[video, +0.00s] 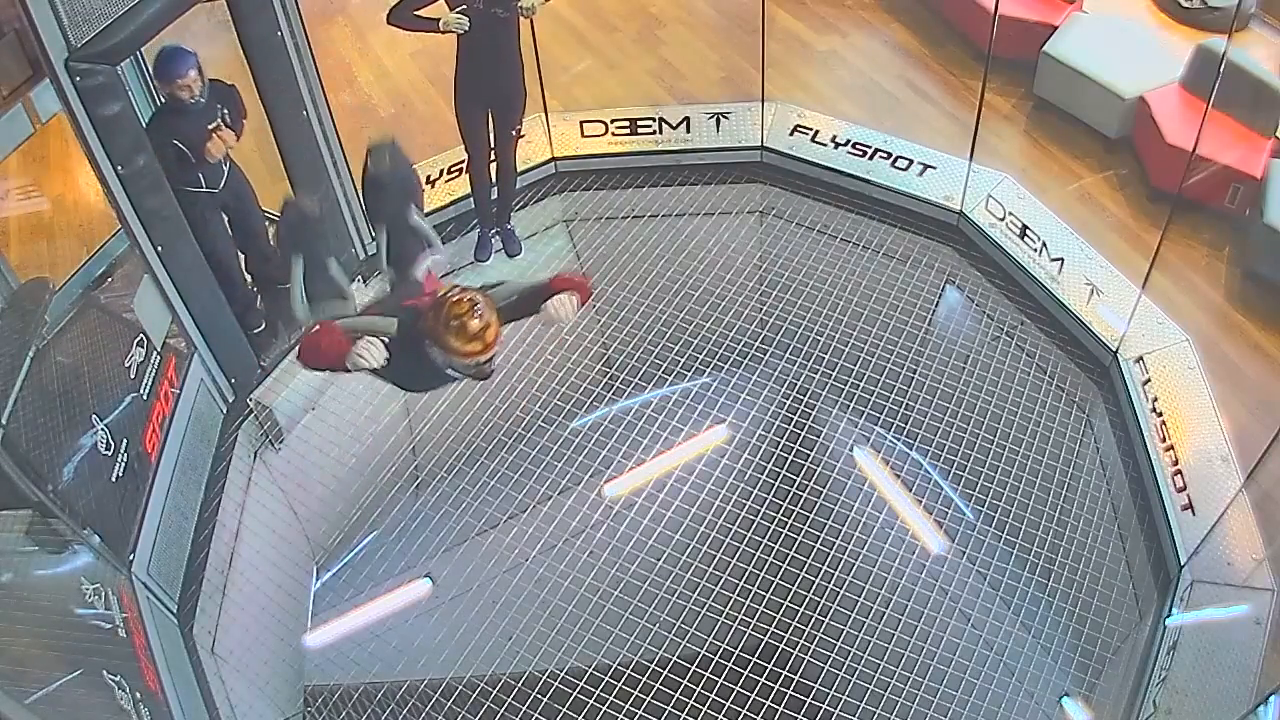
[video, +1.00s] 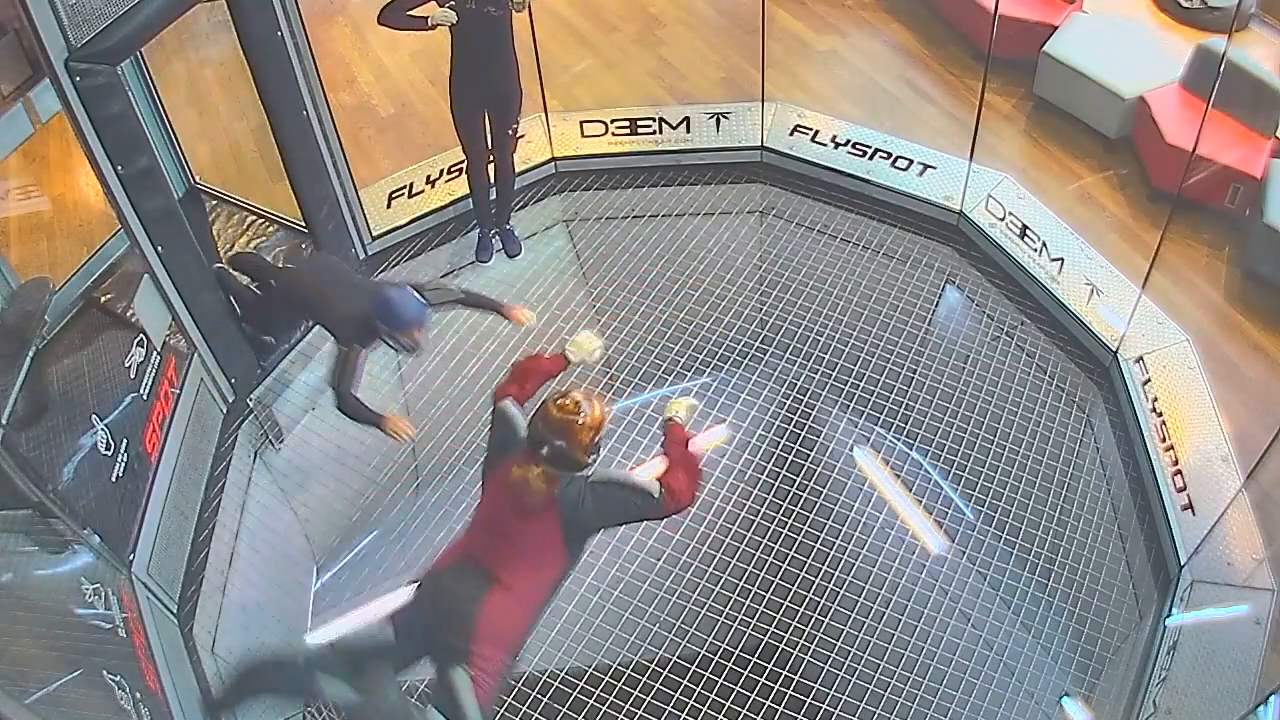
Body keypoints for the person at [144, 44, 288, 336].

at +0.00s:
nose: (193, 91)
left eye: (195, 81)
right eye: (183, 89)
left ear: (199, 71)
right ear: (163, 88)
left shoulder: (218, 90)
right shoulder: (158, 129)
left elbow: (235, 102)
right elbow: (172, 176)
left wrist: (233, 130)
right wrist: (205, 157)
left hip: (231, 178)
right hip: (196, 200)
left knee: (257, 238)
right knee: (224, 262)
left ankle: (276, 292)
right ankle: (253, 324)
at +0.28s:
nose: (230, 134)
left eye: (232, 125)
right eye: (221, 130)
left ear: (240, 113)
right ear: (203, 131)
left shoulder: (251, 128)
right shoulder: (191, 162)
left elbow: (266, 136)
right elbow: (200, 214)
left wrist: (264, 165)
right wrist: (235, 200)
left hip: (251, 198)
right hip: (215, 217)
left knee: (278, 236)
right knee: (237, 264)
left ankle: (278, 283)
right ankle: (249, 305)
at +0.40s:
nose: (251, 164)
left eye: (253, 154)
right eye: (241, 160)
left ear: (260, 144)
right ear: (224, 160)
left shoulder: (275, 157)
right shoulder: (206, 195)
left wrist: (300, 197)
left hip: (269, 226)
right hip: (229, 245)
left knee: (302, 278)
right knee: (252, 290)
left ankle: (334, 344)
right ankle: (255, 322)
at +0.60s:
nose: (298, 218)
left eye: (298, 208)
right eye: (287, 214)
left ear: (303, 197)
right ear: (270, 213)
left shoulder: (309, 197)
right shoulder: (237, 240)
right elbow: (249, 292)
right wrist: (287, 281)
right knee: (271, 310)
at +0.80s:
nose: (356, 281)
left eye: (356, 272)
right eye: (345, 278)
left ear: (356, 254)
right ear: (325, 276)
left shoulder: (348, 245)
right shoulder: (306, 295)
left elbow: (386, 253)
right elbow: (298, 343)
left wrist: (413, 275)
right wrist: (336, 354)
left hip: (280, 236)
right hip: (257, 265)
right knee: (272, 342)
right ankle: (240, 295)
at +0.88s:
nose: (382, 308)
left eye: (383, 297)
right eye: (371, 304)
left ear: (384, 282)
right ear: (349, 300)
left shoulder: (374, 264)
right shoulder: (323, 312)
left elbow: (415, 267)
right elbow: (316, 370)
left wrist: (455, 286)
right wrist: (353, 384)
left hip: (297, 245)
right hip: (270, 272)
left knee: (295, 325)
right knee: (269, 344)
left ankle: (259, 265)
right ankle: (235, 284)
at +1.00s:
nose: (421, 338)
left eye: (422, 330)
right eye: (413, 335)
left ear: (418, 306)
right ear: (389, 333)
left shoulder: (400, 292)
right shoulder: (358, 337)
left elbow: (456, 295)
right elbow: (344, 397)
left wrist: (503, 309)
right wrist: (380, 421)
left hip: (321, 261)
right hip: (296, 289)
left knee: (277, 272)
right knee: (269, 325)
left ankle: (229, 256)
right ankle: (225, 277)